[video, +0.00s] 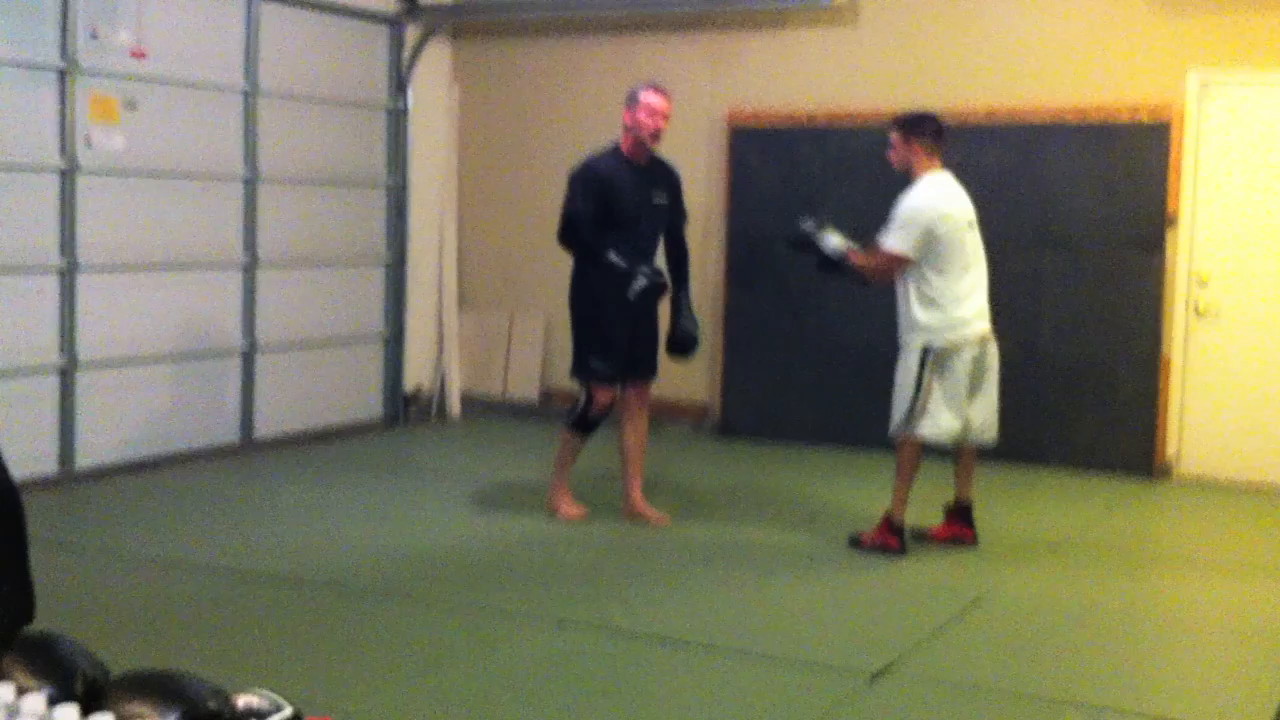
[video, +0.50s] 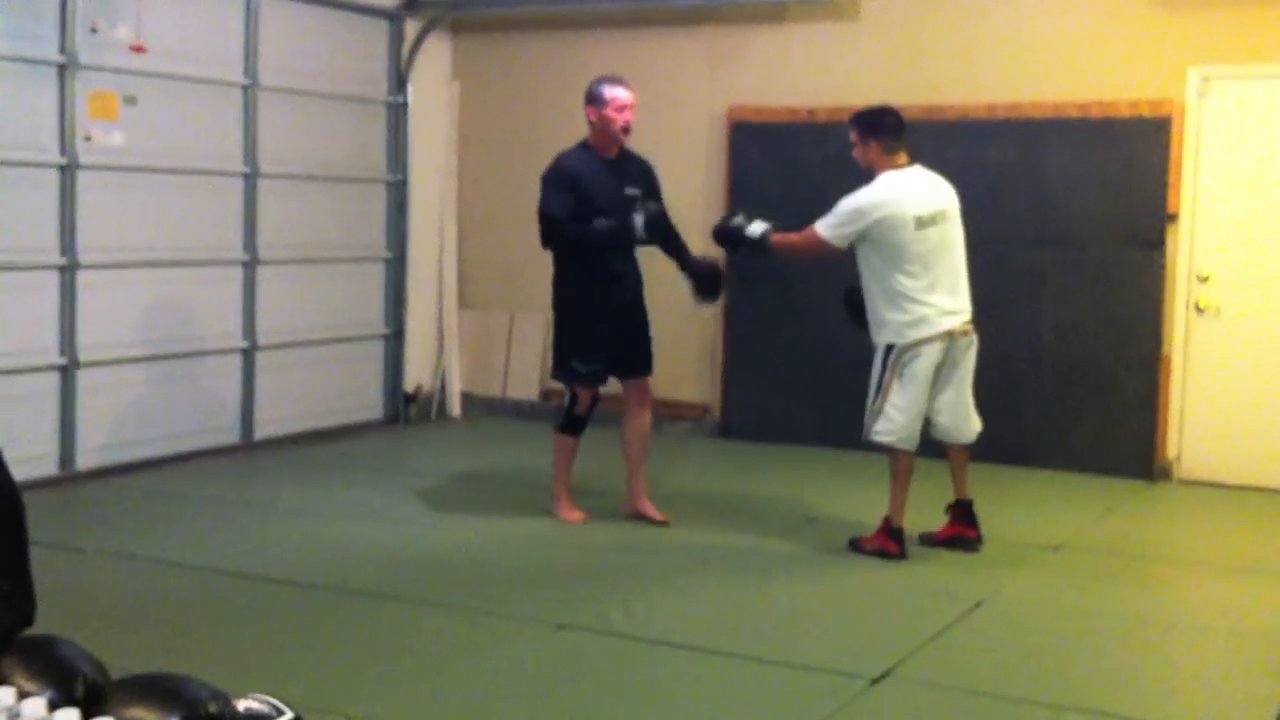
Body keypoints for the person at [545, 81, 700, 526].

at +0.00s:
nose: (658, 124)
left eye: (664, 117)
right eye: (651, 114)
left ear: (667, 122)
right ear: (628, 114)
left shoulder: (665, 178)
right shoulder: (593, 172)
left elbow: (676, 247)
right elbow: (571, 235)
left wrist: (682, 310)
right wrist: (624, 266)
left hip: (640, 300)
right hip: (597, 299)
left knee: (637, 394)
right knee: (601, 396)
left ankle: (634, 497)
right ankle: (560, 486)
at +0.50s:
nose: (629, 118)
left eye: (632, 109)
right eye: (620, 109)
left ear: (633, 113)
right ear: (592, 113)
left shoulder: (638, 169)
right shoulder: (566, 170)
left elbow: (659, 226)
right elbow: (552, 236)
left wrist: (691, 266)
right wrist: (617, 228)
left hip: (626, 296)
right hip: (580, 298)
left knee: (638, 392)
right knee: (584, 394)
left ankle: (637, 496)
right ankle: (561, 496)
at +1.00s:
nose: (630, 119)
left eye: (633, 110)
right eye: (620, 111)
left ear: (638, 114)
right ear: (596, 117)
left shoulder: (649, 168)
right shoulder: (570, 171)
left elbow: (673, 226)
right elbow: (544, 234)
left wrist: (676, 210)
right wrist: (602, 214)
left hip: (633, 296)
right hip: (585, 299)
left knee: (655, 391)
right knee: (585, 395)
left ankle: (650, 491)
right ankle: (562, 493)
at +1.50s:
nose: (686, 116)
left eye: (688, 108)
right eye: (678, 108)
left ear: (689, 113)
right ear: (651, 114)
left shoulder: (701, 169)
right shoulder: (629, 170)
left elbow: (734, 224)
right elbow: (632, 223)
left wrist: (764, 214)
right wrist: (671, 169)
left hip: (683, 296)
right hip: (638, 297)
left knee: (683, 397)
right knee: (638, 395)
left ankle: (690, 495)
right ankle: (597, 483)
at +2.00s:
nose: (715, 129)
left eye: (719, 121)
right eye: (707, 120)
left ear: (718, 123)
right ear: (680, 118)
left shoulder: (710, 168)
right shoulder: (654, 171)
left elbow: (730, 222)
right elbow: (673, 222)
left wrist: (768, 195)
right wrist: (706, 162)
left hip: (706, 298)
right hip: (661, 300)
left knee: (738, 392)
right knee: (656, 399)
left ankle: (771, 496)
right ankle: (621, 494)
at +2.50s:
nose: (777, 139)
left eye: (783, 130)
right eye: (771, 129)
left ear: (783, 127)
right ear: (749, 120)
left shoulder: (771, 168)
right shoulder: (717, 169)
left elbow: (797, 226)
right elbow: (744, 220)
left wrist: (832, 189)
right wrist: (777, 162)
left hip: (760, 291)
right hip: (720, 293)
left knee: (775, 396)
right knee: (728, 399)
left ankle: (780, 505)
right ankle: (681, 496)